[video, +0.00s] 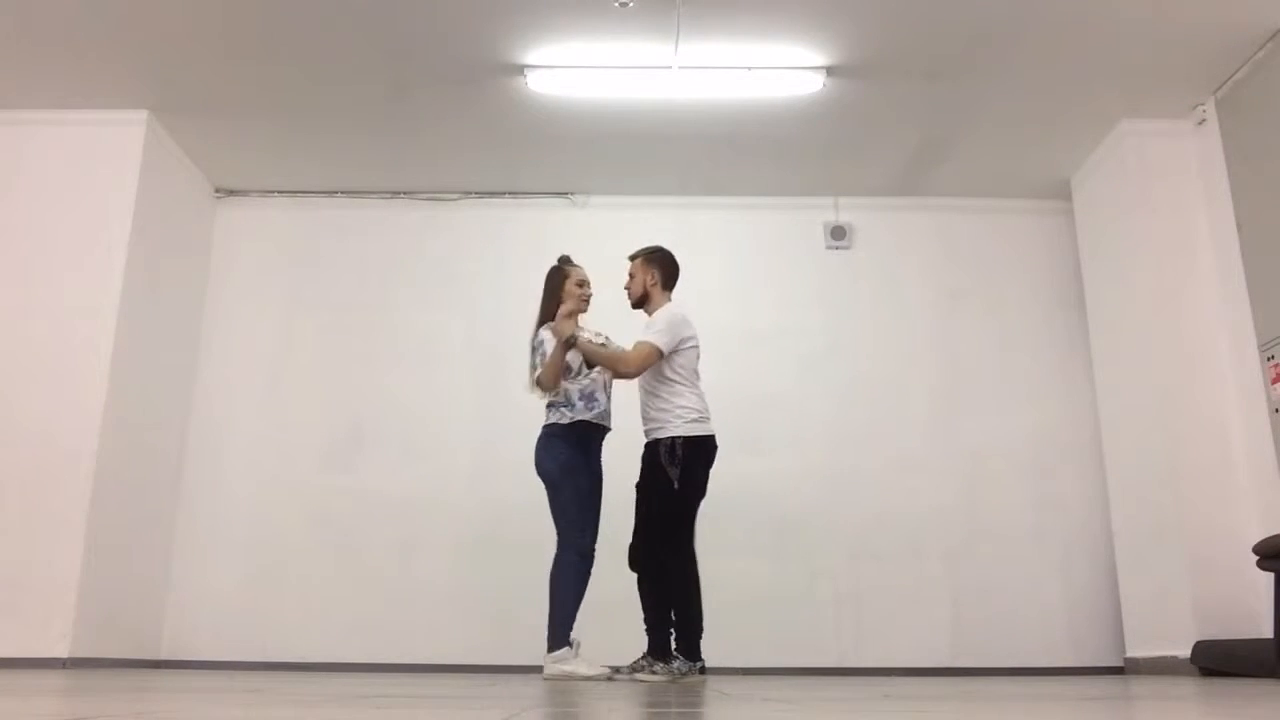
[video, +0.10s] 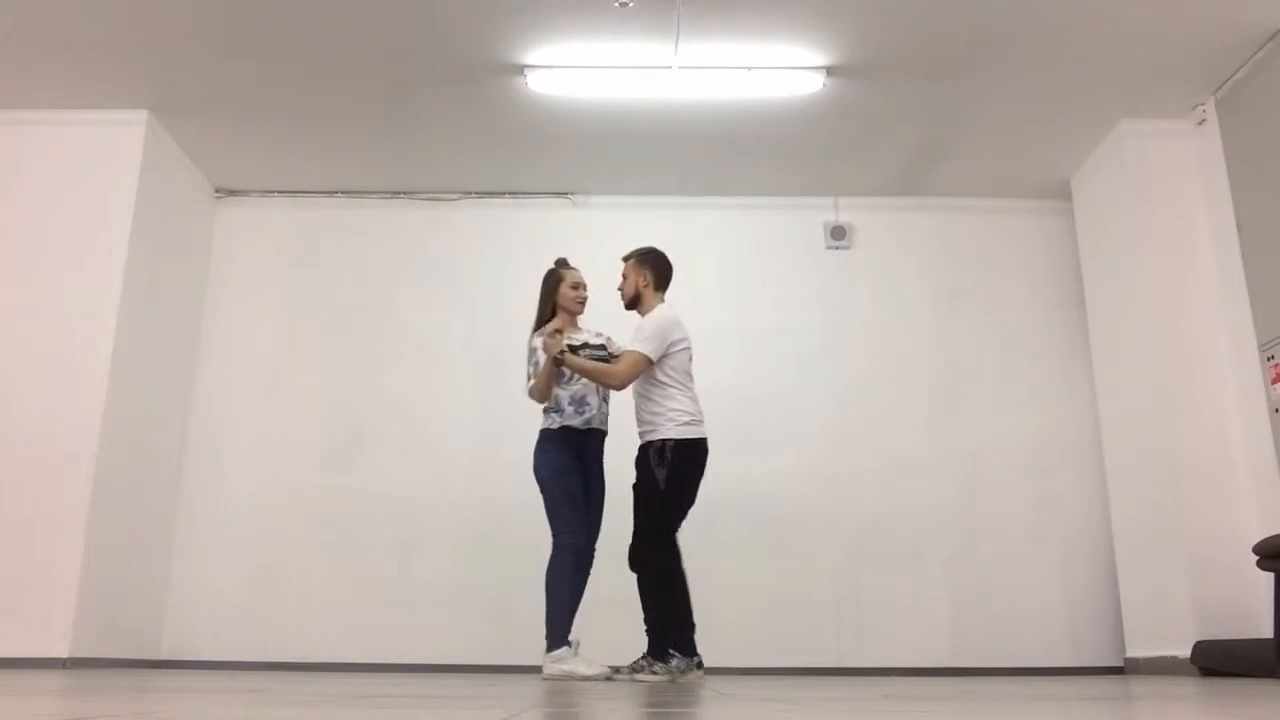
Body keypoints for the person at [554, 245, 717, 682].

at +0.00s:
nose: (625, 283)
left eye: (630, 274)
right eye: (627, 275)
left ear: (652, 276)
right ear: (653, 278)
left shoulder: (671, 318)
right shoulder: (659, 322)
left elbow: (629, 365)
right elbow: (628, 365)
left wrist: (577, 340)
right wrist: (596, 347)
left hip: (681, 444)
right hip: (668, 444)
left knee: (665, 551)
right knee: (652, 551)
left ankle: (682, 657)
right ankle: (663, 654)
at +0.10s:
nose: (619, 284)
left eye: (623, 275)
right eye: (621, 275)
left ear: (643, 277)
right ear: (648, 279)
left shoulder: (660, 320)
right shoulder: (655, 322)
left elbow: (619, 377)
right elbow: (626, 373)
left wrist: (566, 357)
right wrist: (600, 356)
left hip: (673, 447)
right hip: (664, 446)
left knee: (651, 550)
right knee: (651, 549)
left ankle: (676, 653)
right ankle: (668, 652)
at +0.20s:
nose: (615, 285)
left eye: (620, 276)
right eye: (617, 277)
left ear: (638, 279)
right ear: (645, 281)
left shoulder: (651, 323)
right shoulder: (649, 323)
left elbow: (606, 378)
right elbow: (612, 372)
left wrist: (551, 353)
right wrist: (564, 352)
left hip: (669, 445)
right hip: (664, 443)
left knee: (637, 541)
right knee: (640, 541)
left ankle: (665, 647)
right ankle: (667, 644)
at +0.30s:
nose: (611, 288)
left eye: (615, 278)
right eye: (613, 279)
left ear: (633, 280)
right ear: (642, 282)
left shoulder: (646, 323)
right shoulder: (655, 325)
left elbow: (593, 366)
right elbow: (614, 377)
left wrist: (546, 338)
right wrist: (559, 354)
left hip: (663, 443)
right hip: (667, 442)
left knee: (626, 535)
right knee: (642, 539)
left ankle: (655, 647)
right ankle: (655, 646)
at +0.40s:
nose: (610, 287)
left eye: (614, 278)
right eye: (612, 279)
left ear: (632, 280)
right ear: (641, 283)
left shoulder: (647, 322)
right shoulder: (650, 326)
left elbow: (587, 354)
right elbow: (616, 378)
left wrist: (540, 321)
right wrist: (561, 366)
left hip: (662, 445)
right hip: (662, 445)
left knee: (624, 537)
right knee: (641, 542)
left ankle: (639, 647)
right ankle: (654, 650)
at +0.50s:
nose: (610, 286)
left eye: (614, 278)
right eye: (612, 278)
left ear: (632, 280)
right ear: (641, 283)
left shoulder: (649, 322)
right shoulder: (644, 328)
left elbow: (585, 346)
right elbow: (612, 380)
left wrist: (542, 311)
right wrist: (555, 366)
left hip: (659, 448)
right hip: (653, 447)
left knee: (628, 547)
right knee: (628, 547)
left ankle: (649, 652)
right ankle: (643, 649)